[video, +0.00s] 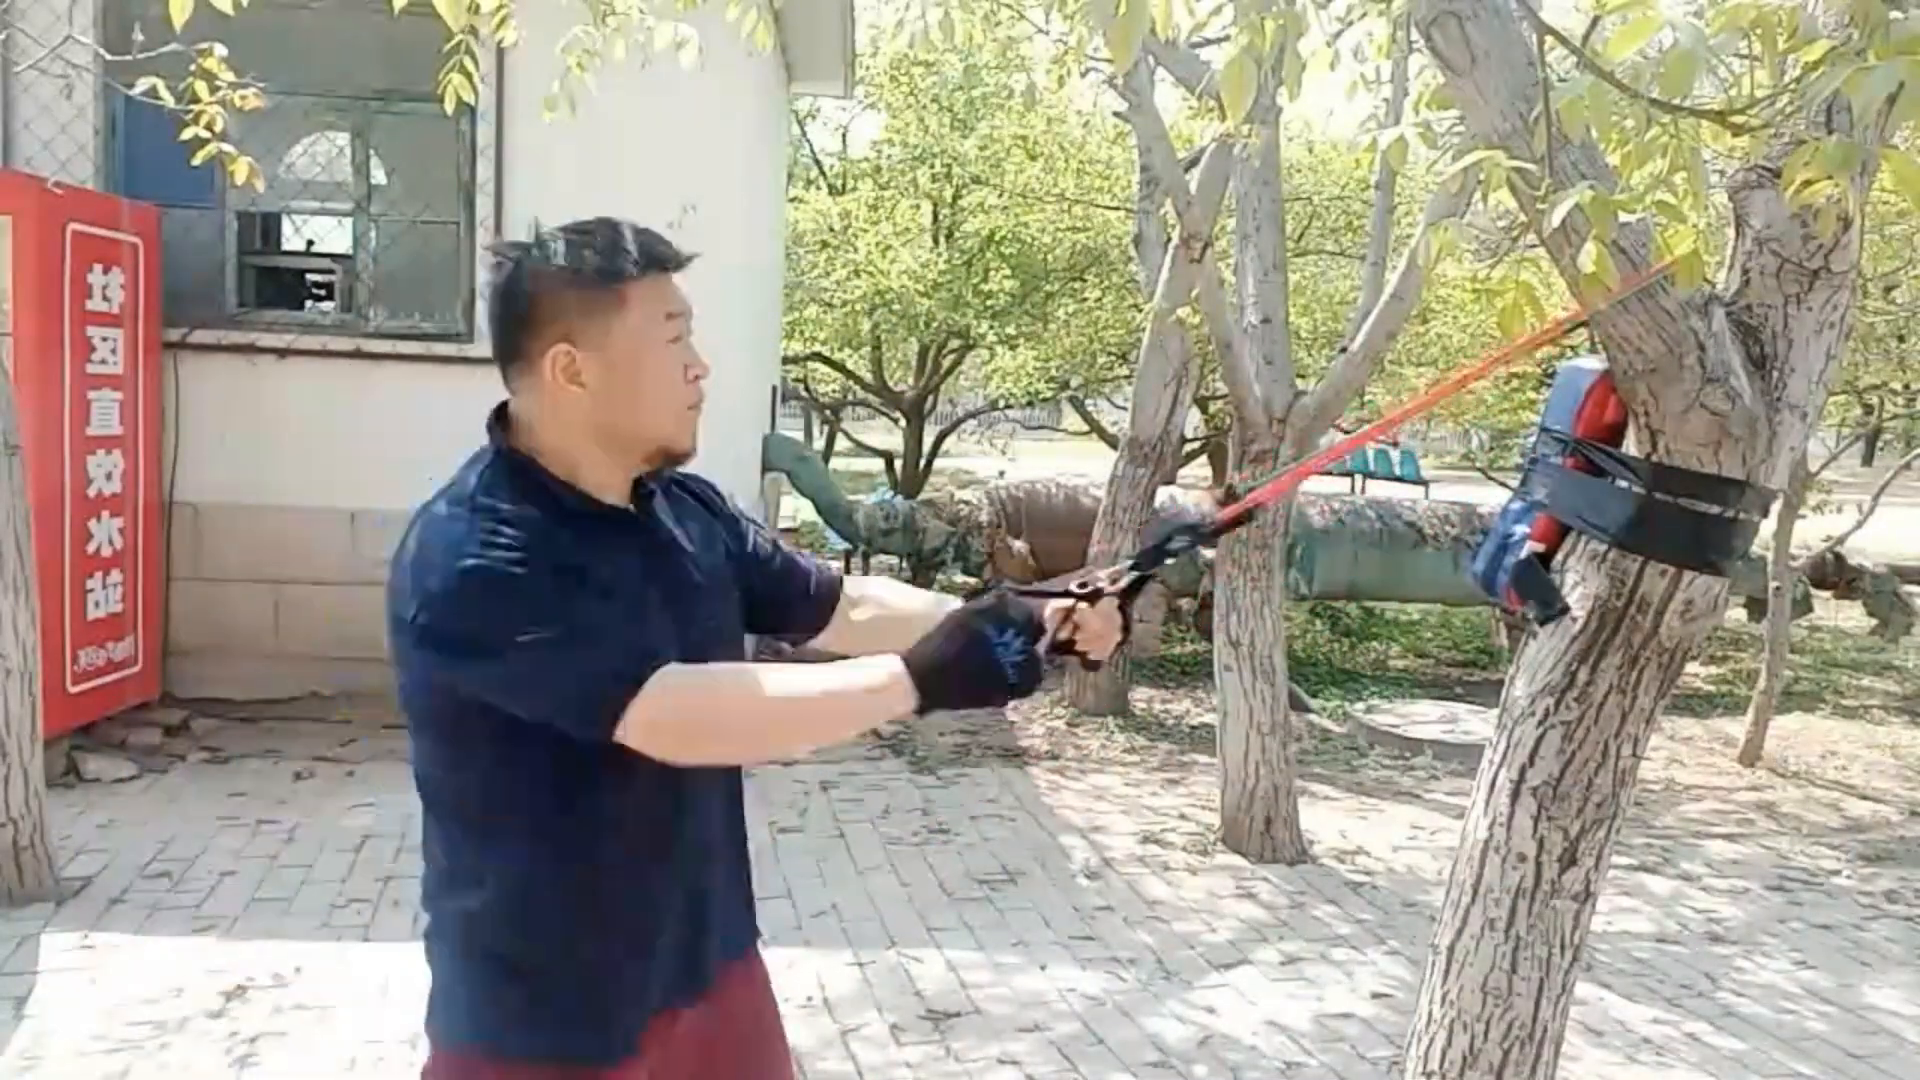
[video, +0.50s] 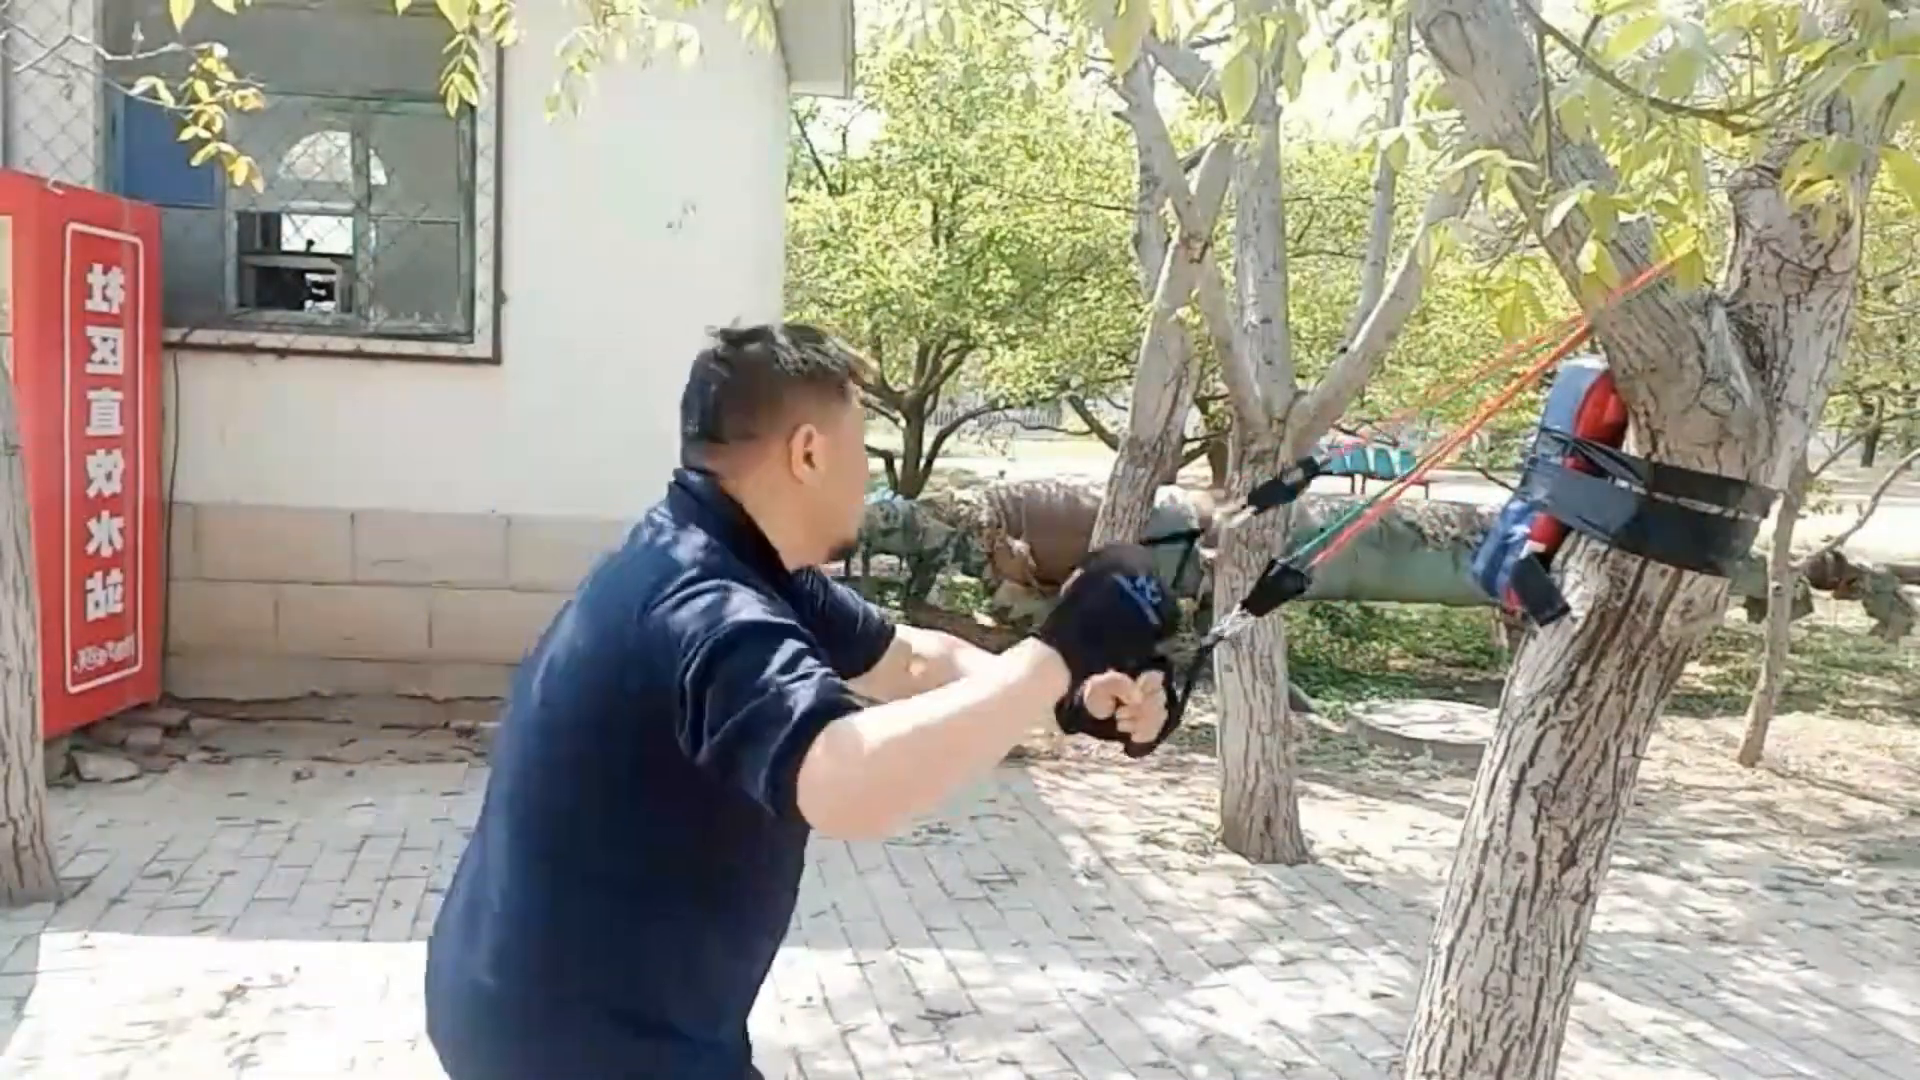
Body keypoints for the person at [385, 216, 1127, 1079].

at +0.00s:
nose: (701, 364)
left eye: (690, 333)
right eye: (675, 336)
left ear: (579, 376)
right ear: (570, 372)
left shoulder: (678, 506)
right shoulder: (468, 562)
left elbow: (831, 603)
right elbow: (671, 715)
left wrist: (1023, 622)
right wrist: (916, 681)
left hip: (712, 990)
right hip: (543, 1031)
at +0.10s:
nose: (731, 359)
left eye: (720, 328)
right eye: (705, 331)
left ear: (614, 365)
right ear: (607, 363)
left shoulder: (705, 503)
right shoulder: (522, 551)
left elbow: (876, 579)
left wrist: (1054, 608)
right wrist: (1021, 636)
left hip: (719, 980)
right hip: (566, 1028)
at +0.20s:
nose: (783, 348)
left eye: (771, 321)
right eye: (760, 321)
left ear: (677, 352)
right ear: (671, 347)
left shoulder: (728, 493)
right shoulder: (581, 533)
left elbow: (884, 593)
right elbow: (837, 654)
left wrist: (1057, 644)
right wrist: (1051, 646)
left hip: (710, 969)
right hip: (590, 1004)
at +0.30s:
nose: (807, 360)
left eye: (795, 328)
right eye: (785, 328)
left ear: (706, 357)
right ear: (705, 354)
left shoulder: (734, 498)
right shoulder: (616, 537)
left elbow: (896, 615)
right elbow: (865, 688)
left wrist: (1071, 676)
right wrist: (1075, 688)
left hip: (697, 985)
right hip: (600, 1013)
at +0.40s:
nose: (843, 399)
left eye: (835, 372)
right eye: (829, 371)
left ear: (744, 398)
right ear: (759, 394)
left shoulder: (739, 521)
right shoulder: (687, 569)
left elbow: (911, 639)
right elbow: (869, 761)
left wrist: (1072, 690)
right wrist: (1105, 721)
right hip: (602, 1030)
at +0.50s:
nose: (870, 473)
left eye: (867, 446)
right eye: (862, 445)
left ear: (724, 449)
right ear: (805, 452)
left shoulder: (701, 555)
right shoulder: (716, 613)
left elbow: (915, 661)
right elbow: (847, 786)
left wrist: (1074, 692)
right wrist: (1057, 655)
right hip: (606, 1045)